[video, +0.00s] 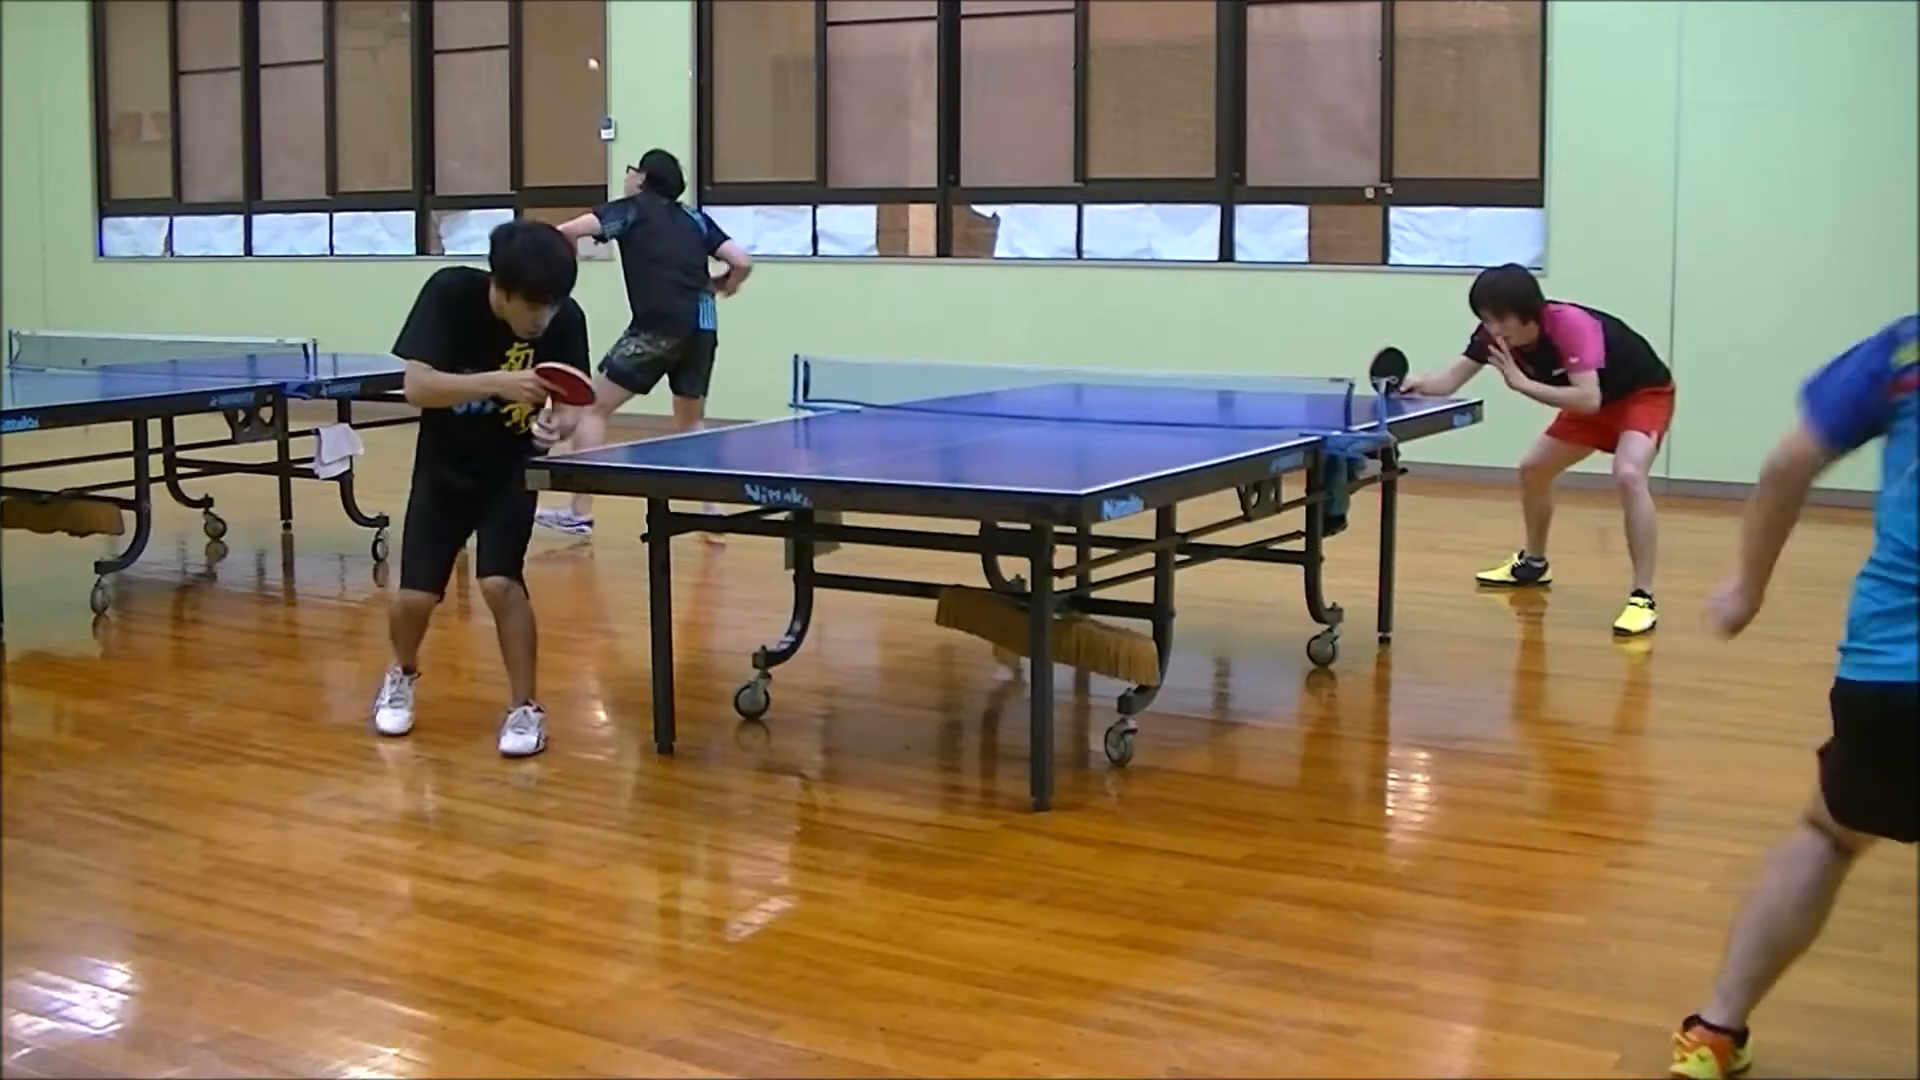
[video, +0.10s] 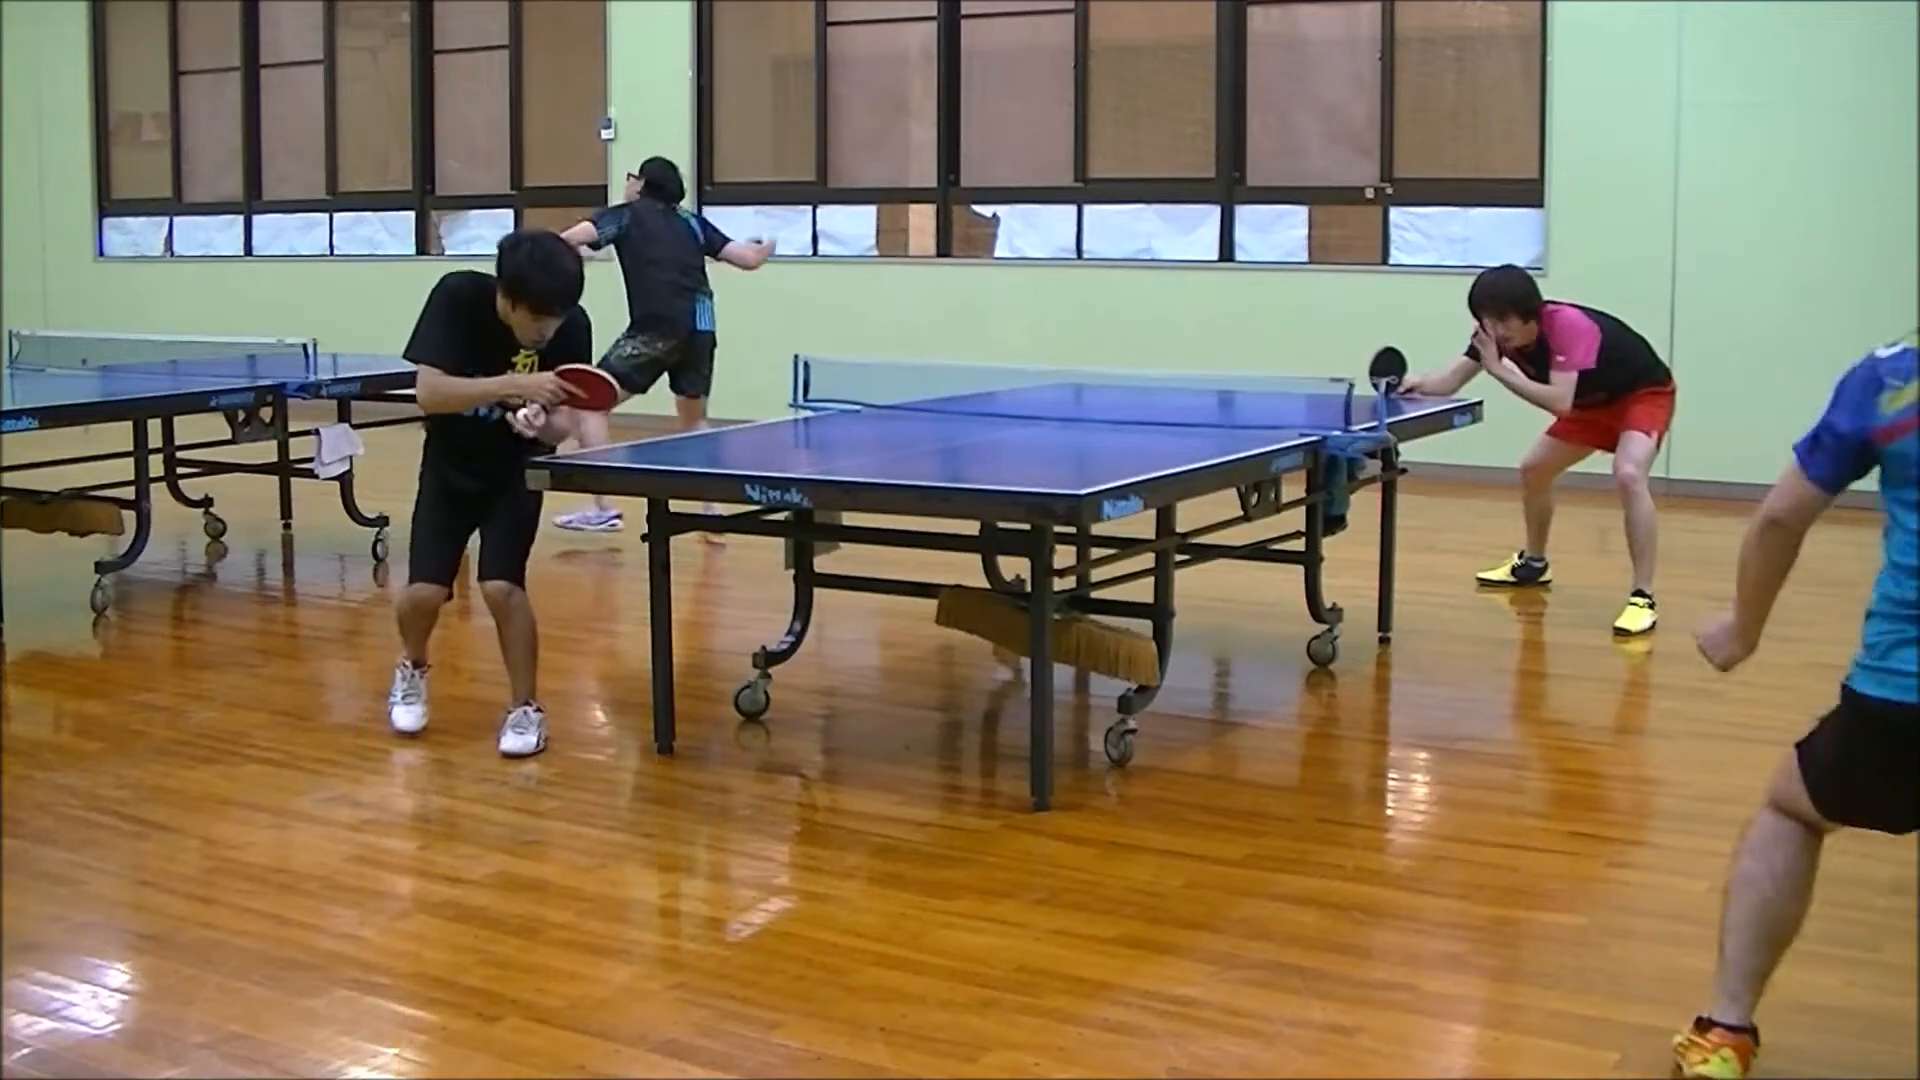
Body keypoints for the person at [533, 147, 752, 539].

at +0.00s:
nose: (627, 176)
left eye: (633, 172)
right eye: (630, 171)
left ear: (645, 180)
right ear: (672, 186)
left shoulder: (632, 208)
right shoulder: (694, 218)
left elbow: (567, 231)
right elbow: (741, 262)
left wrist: (544, 252)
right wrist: (726, 284)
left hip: (657, 326)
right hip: (702, 331)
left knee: (592, 409)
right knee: (691, 423)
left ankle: (579, 513)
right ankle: (713, 514)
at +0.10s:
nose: (626, 185)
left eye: (631, 180)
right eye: (629, 179)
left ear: (643, 187)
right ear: (673, 193)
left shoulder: (629, 213)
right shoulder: (692, 221)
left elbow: (571, 237)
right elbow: (748, 259)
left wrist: (577, 251)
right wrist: (766, 247)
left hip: (657, 325)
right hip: (701, 331)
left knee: (591, 403)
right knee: (694, 419)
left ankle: (603, 506)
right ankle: (711, 510)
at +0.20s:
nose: (620, 198)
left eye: (624, 193)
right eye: (622, 192)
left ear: (634, 198)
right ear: (665, 203)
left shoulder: (617, 225)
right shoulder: (683, 231)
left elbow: (565, 246)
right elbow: (742, 263)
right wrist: (759, 231)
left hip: (652, 334)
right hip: (698, 337)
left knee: (582, 404)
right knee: (692, 423)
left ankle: (622, 496)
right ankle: (711, 508)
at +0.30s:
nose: (598, 216)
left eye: (603, 211)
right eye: (601, 210)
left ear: (616, 214)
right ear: (644, 217)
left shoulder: (602, 237)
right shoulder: (667, 239)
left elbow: (557, 262)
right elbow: (725, 265)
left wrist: (577, 237)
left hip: (647, 342)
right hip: (691, 343)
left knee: (577, 409)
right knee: (687, 424)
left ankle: (624, 495)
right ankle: (711, 508)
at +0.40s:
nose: (558, 234)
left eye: (564, 227)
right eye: (560, 227)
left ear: (582, 227)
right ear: (605, 229)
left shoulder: (578, 249)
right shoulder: (636, 247)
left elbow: (540, 274)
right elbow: (685, 270)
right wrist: (656, 301)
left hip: (639, 346)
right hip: (683, 346)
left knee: (577, 420)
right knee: (678, 427)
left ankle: (605, 514)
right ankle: (709, 507)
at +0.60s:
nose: (502, 250)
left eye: (507, 240)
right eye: (500, 243)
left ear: (532, 235)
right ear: (535, 237)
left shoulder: (548, 266)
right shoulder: (563, 250)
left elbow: (583, 337)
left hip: (637, 349)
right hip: (644, 345)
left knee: (576, 420)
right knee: (609, 413)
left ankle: (601, 513)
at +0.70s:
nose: (496, 236)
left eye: (502, 227)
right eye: (494, 229)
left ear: (527, 223)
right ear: (525, 226)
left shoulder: (554, 256)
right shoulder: (547, 246)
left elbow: (563, 317)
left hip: (628, 345)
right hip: (608, 339)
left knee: (564, 414)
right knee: (563, 409)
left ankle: (601, 509)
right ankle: (610, 496)